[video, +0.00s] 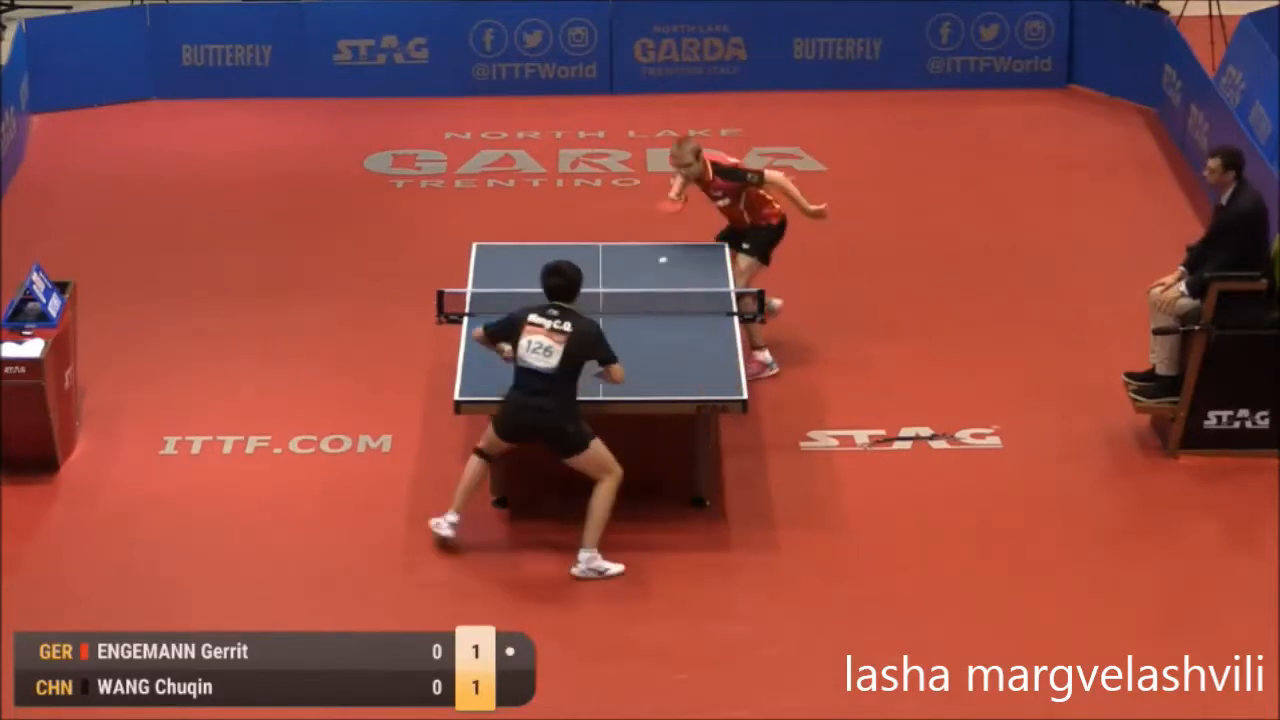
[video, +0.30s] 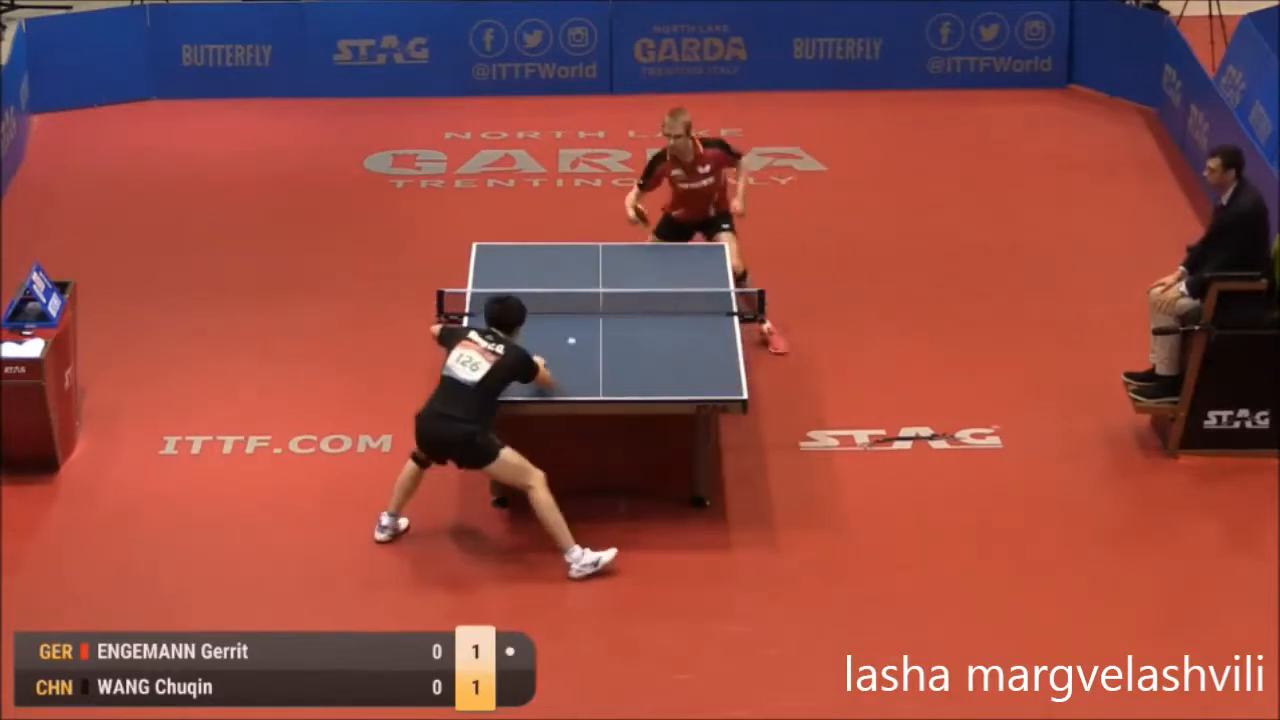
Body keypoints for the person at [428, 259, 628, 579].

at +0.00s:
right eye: (572, 287)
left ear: (545, 289)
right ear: (576, 291)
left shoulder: (525, 317)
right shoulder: (588, 329)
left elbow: (480, 335)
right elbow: (616, 376)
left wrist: (501, 349)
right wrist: (602, 368)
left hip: (515, 413)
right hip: (559, 420)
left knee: (483, 454)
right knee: (610, 474)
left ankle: (450, 520)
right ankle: (588, 556)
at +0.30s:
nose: (518, 326)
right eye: (518, 321)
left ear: (488, 318)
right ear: (516, 326)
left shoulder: (463, 335)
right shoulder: (515, 356)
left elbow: (435, 331)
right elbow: (546, 382)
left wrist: (446, 329)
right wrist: (540, 365)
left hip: (429, 426)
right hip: (467, 435)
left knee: (419, 460)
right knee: (534, 479)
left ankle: (387, 521)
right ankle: (575, 555)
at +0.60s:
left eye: (460, 294)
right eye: (488, 294)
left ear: (459, 298)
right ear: (489, 298)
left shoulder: (444, 325)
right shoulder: (500, 329)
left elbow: (423, 339)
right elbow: (541, 355)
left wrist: (425, 321)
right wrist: (532, 335)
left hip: (446, 427)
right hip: (484, 428)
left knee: (425, 466)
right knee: (554, 473)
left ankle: (390, 520)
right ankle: (577, 557)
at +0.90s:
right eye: (531, 305)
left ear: (502, 312)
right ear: (534, 309)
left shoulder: (486, 347)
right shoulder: (554, 343)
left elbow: (444, 375)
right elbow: (605, 368)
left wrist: (456, 358)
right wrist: (581, 357)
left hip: (501, 445)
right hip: (544, 444)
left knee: (480, 487)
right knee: (598, 495)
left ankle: (450, 554)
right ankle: (621, 573)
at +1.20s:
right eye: (583, 331)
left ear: (560, 342)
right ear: (593, 338)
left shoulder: (546, 380)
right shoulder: (616, 373)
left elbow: (505, 423)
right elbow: (642, 426)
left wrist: (530, 431)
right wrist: (631, 440)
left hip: (570, 476)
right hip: (617, 471)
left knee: (525, 536)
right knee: (674, 519)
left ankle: (516, 617)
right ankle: (720, 590)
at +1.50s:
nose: (650, 359)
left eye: (648, 355)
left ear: (647, 362)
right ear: (680, 354)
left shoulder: (653, 403)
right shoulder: (703, 377)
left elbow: (652, 461)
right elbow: (728, 415)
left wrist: (613, 484)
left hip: (687, 486)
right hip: (730, 479)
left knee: (629, 547)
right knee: (764, 528)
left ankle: (590, 622)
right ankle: (750, 609)